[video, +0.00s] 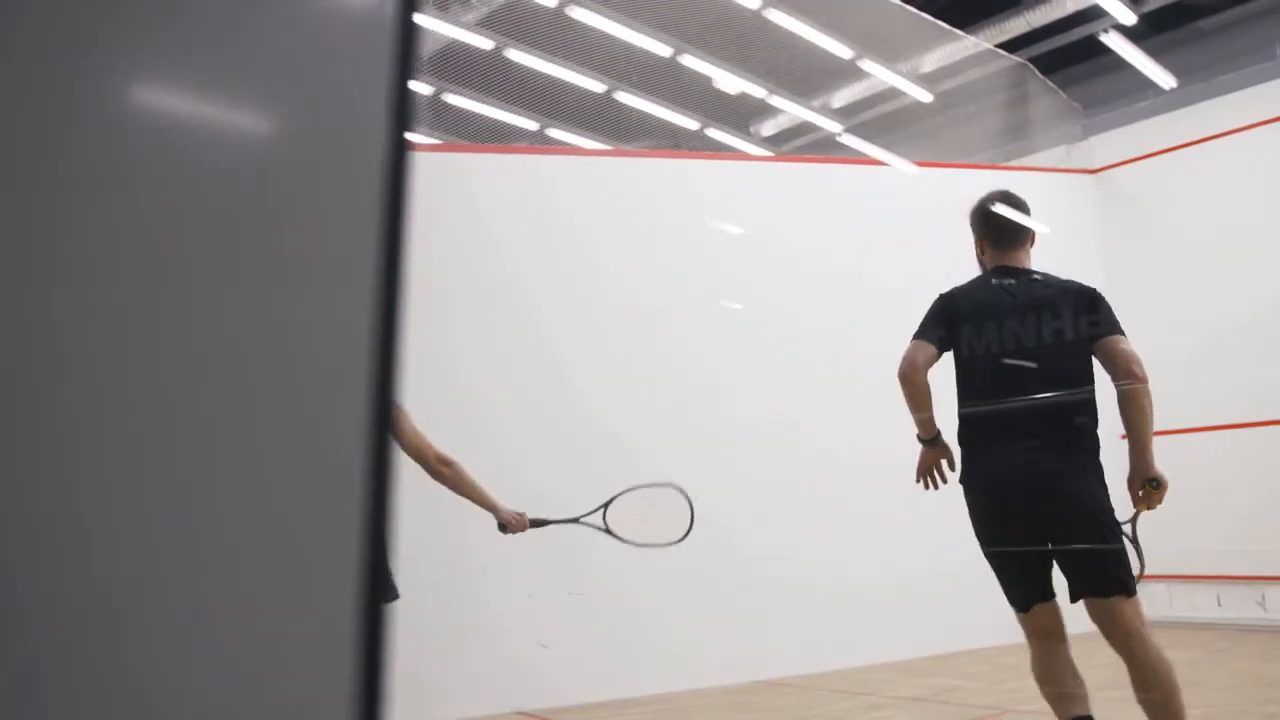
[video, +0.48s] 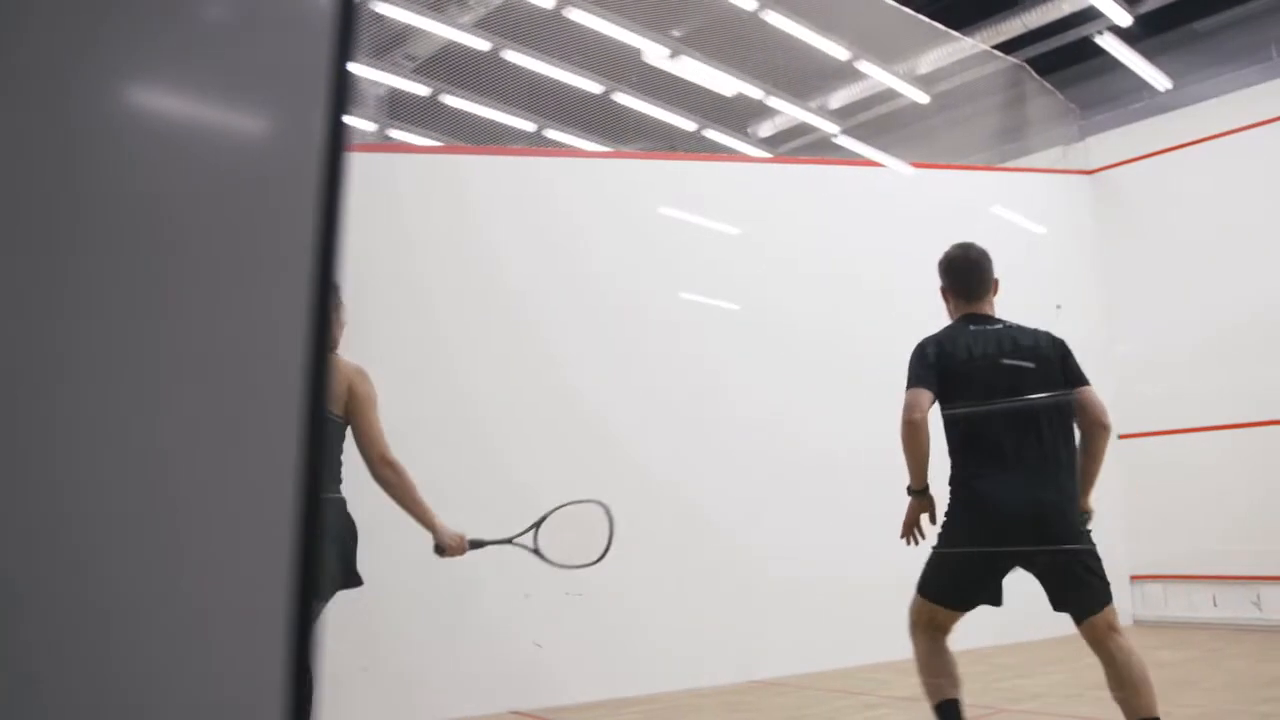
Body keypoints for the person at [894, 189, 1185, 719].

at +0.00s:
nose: (975, 252)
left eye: (975, 244)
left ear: (978, 245)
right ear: (1031, 240)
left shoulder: (956, 304)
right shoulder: (1079, 297)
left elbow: (911, 368)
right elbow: (1130, 375)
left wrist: (929, 437)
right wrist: (1143, 464)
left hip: (995, 492)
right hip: (1073, 485)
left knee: (1044, 634)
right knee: (1128, 628)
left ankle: (1078, 717)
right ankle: (1173, 715)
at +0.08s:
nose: (975, 257)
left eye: (974, 250)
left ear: (977, 252)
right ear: (1031, 248)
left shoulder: (956, 310)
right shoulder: (1079, 305)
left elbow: (914, 375)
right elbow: (1129, 380)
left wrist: (932, 441)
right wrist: (1138, 470)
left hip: (997, 498)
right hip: (1074, 491)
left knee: (1030, 635)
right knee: (1126, 630)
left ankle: (1065, 714)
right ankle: (1168, 716)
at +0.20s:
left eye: (974, 265)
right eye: (1024, 260)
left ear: (973, 268)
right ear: (1028, 265)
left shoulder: (955, 328)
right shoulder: (1078, 323)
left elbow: (920, 393)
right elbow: (1130, 397)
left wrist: (932, 455)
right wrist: (1131, 483)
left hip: (999, 515)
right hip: (1075, 508)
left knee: (1002, 638)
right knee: (1124, 635)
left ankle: (1044, 713)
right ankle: (1163, 716)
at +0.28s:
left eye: (970, 272)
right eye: (1020, 268)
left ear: (968, 276)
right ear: (1023, 274)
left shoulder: (952, 337)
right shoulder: (1071, 332)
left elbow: (923, 405)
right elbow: (1125, 409)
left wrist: (932, 466)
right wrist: (1123, 493)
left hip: (995, 517)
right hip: (1072, 512)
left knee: (982, 636)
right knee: (1121, 637)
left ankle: (1025, 713)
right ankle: (1160, 718)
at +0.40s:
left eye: (955, 283)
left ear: (955, 288)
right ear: (1008, 283)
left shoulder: (942, 346)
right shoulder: (1059, 341)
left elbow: (921, 412)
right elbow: (1110, 420)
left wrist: (927, 483)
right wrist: (1099, 493)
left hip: (987, 520)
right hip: (1064, 515)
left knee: (950, 630)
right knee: (1115, 637)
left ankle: (983, 713)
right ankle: (1152, 716)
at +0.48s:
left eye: (940, 289)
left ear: (943, 294)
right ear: (995, 289)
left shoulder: (934, 350)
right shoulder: (1049, 345)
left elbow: (914, 416)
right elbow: (1098, 423)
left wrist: (919, 489)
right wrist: (1082, 494)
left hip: (980, 523)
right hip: (1057, 520)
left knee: (927, 626)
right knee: (1108, 636)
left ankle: (950, 715)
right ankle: (1149, 718)